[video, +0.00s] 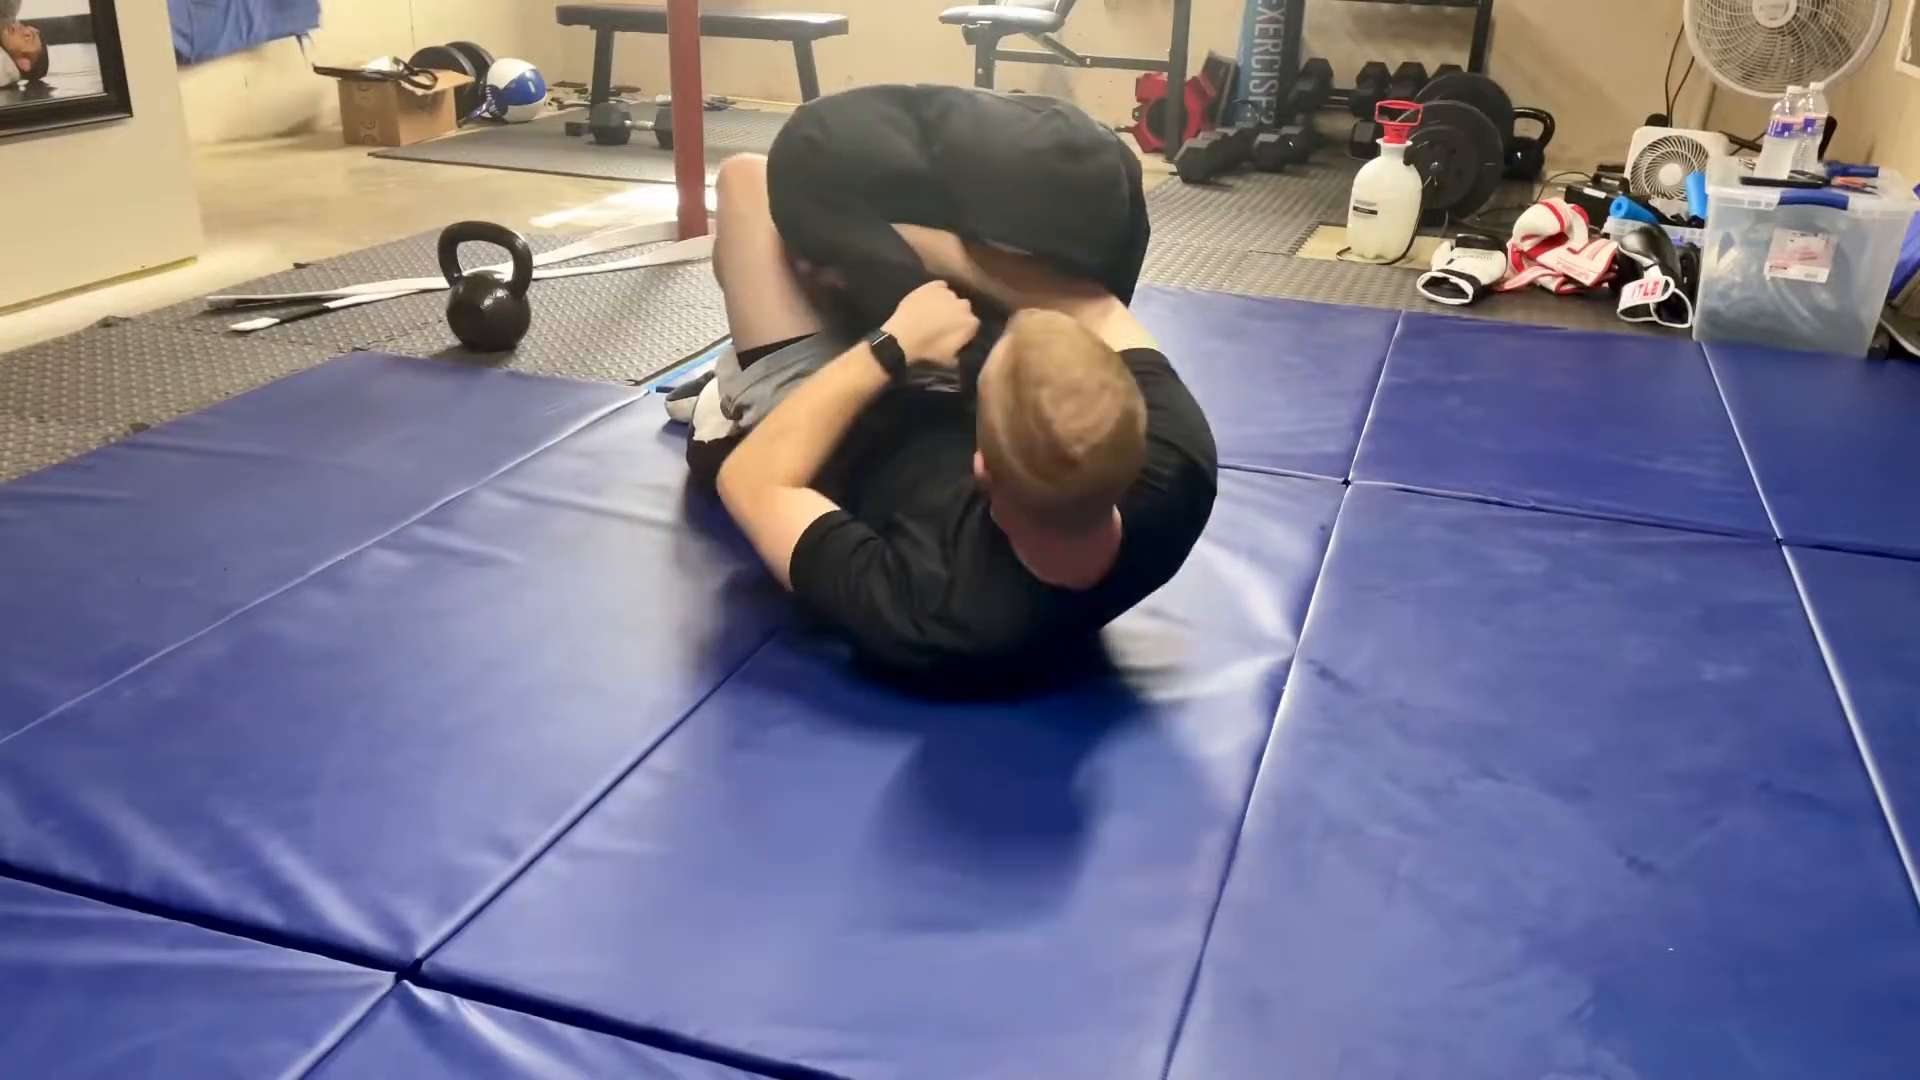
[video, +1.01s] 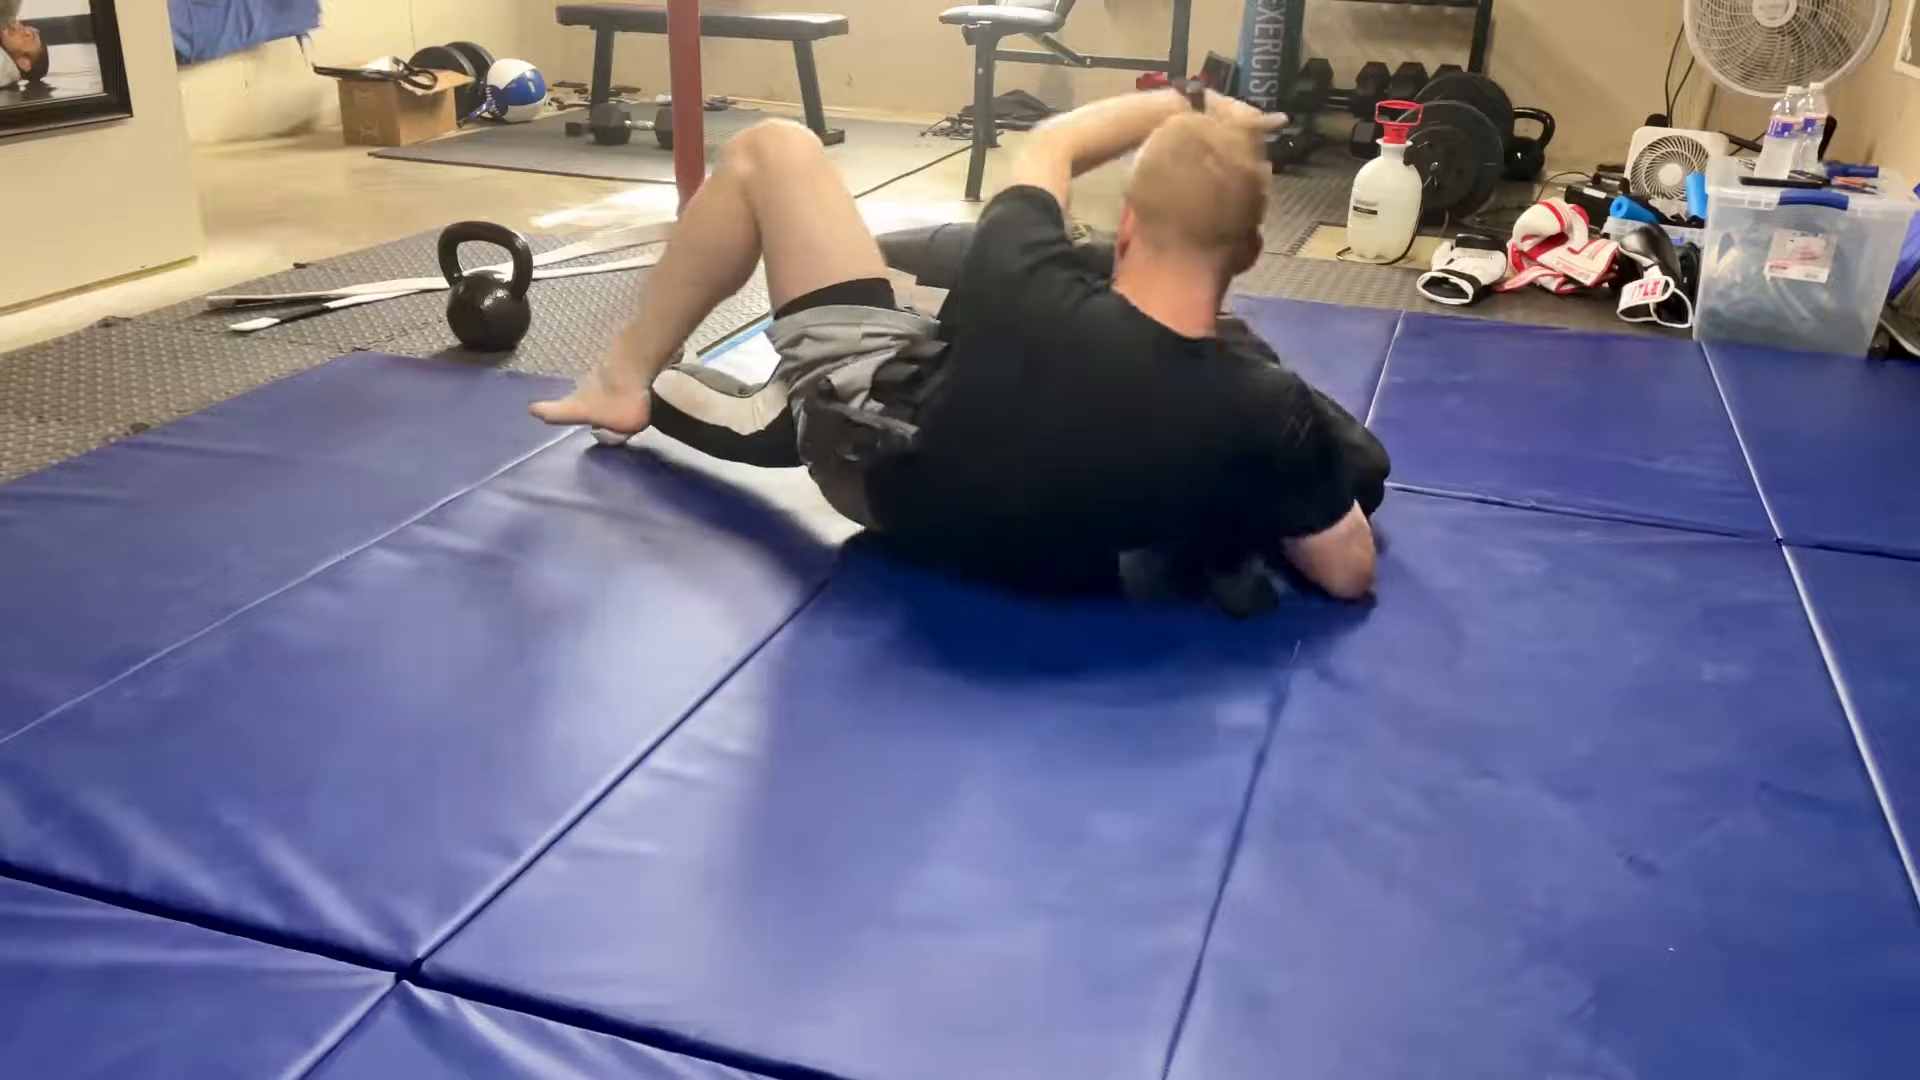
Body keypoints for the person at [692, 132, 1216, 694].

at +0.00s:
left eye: (1005, 356)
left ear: (982, 471)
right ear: (1133, 416)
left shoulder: (930, 613)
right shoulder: (1179, 481)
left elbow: (751, 481)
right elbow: (1094, 306)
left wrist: (890, 350)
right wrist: (875, 228)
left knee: (746, 173)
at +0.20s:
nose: (1096, 429)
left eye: (1085, 455)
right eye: (1117, 443)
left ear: (1034, 548)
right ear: (1167, 456)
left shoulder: (935, 608)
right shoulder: (1214, 506)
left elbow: (869, 395)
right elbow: (1195, 310)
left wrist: (1041, 321)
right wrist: (1066, 247)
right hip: (1016, 411)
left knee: (791, 163)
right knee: (1020, 217)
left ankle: (751, 263)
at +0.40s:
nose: (1157, 471)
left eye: (1148, 487)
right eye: (1174, 482)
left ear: (1064, 568)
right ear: (1218, 535)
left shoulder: (952, 596)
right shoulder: (1244, 550)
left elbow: (964, 368)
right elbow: (1307, 384)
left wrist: (1157, 376)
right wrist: (1162, 272)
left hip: (868, 427)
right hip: (1039, 450)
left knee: (854, 165)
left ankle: (703, 229)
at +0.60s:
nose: (1186, 416)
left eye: (1153, 461)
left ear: (1108, 515)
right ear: (1241, 584)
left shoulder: (984, 548)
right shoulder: (1259, 598)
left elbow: (1058, 353)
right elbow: (1371, 490)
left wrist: (1181, 427)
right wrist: (1243, 381)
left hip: (897, 453)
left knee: (877, 164)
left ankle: (657, 219)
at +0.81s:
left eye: (1142, 318)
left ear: (1133, 366)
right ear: (1269, 415)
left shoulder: (1031, 428)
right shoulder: (1280, 534)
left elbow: (1067, 262)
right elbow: (1377, 570)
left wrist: (1192, 323)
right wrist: (1284, 450)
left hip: (892, 434)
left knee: (820, 133)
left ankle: (621, 306)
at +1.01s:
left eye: (1132, 187)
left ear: (1125, 218)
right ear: (1249, 257)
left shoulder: (1027, 276)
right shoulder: (1268, 416)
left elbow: (1054, 143)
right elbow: (1349, 575)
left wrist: (1176, 99)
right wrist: (1268, 476)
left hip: (884, 472)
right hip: (1046, 560)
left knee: (773, 147)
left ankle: (623, 380)